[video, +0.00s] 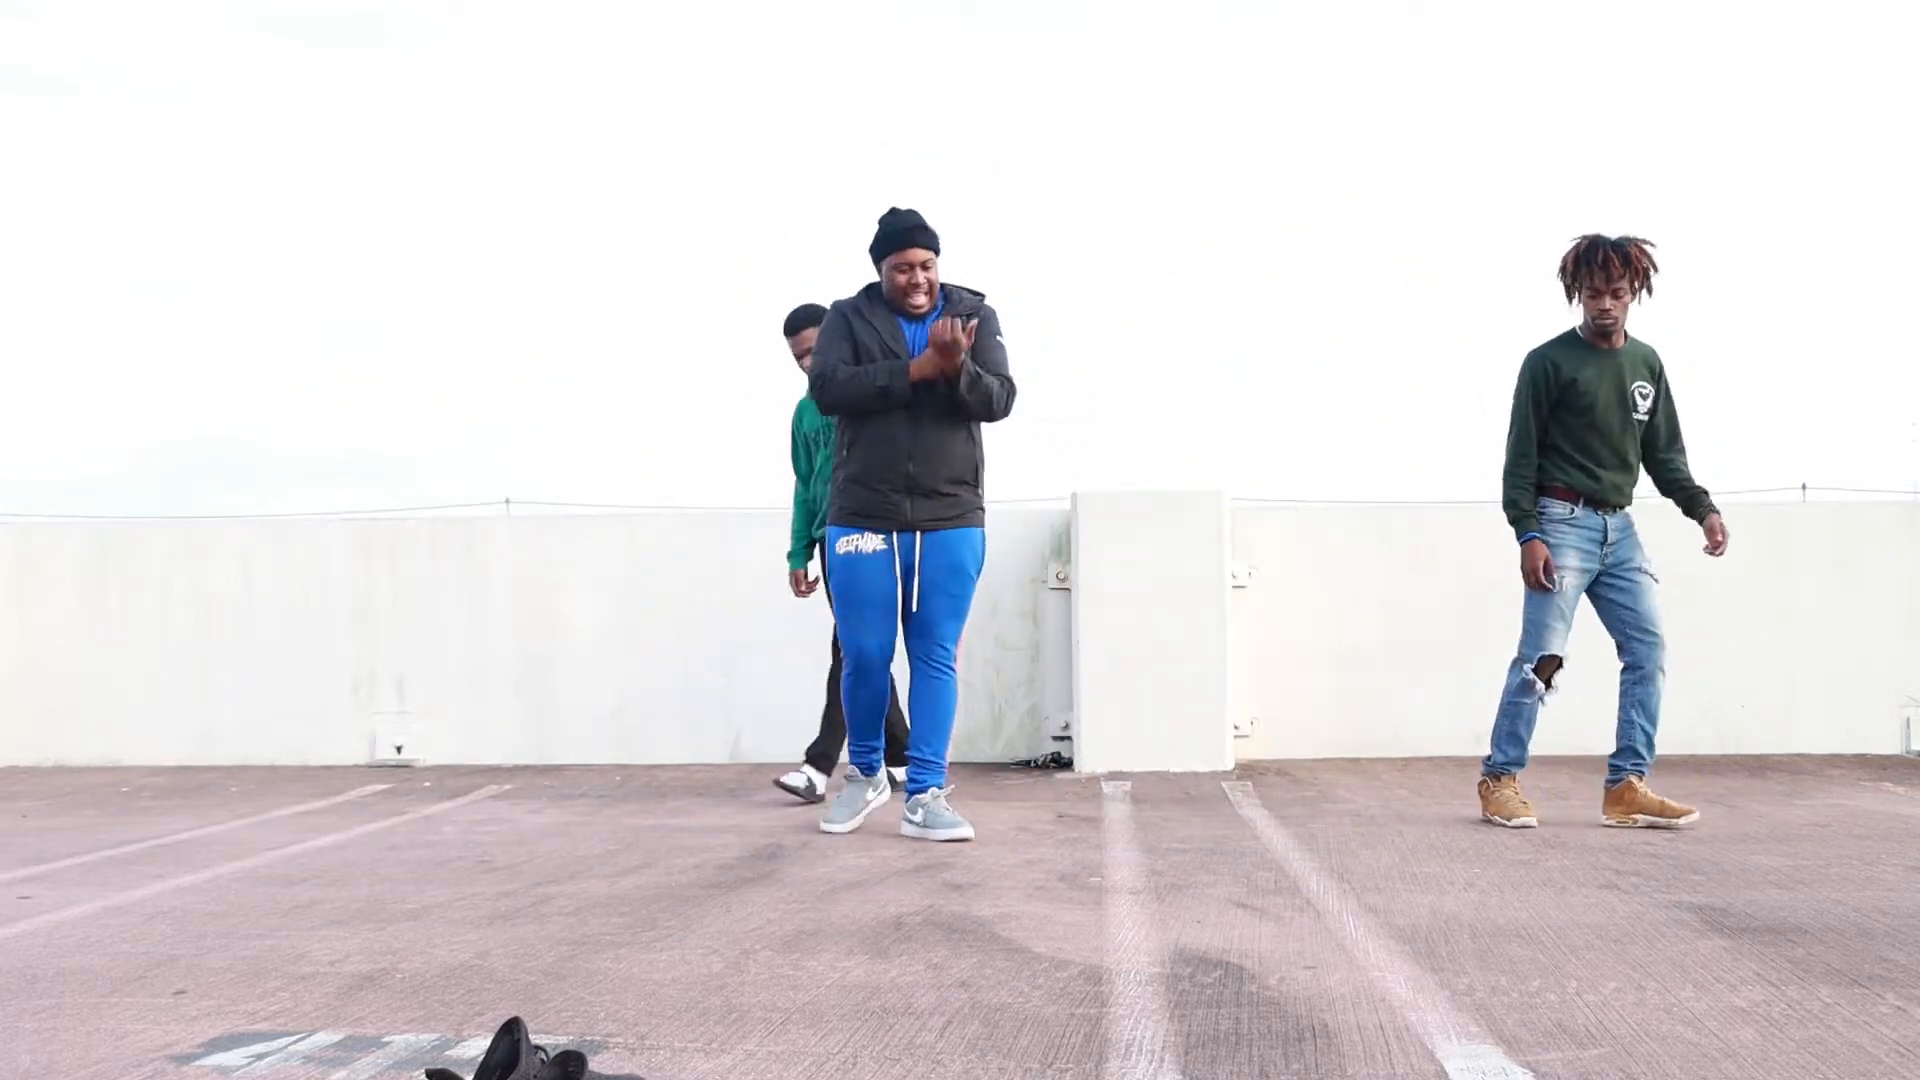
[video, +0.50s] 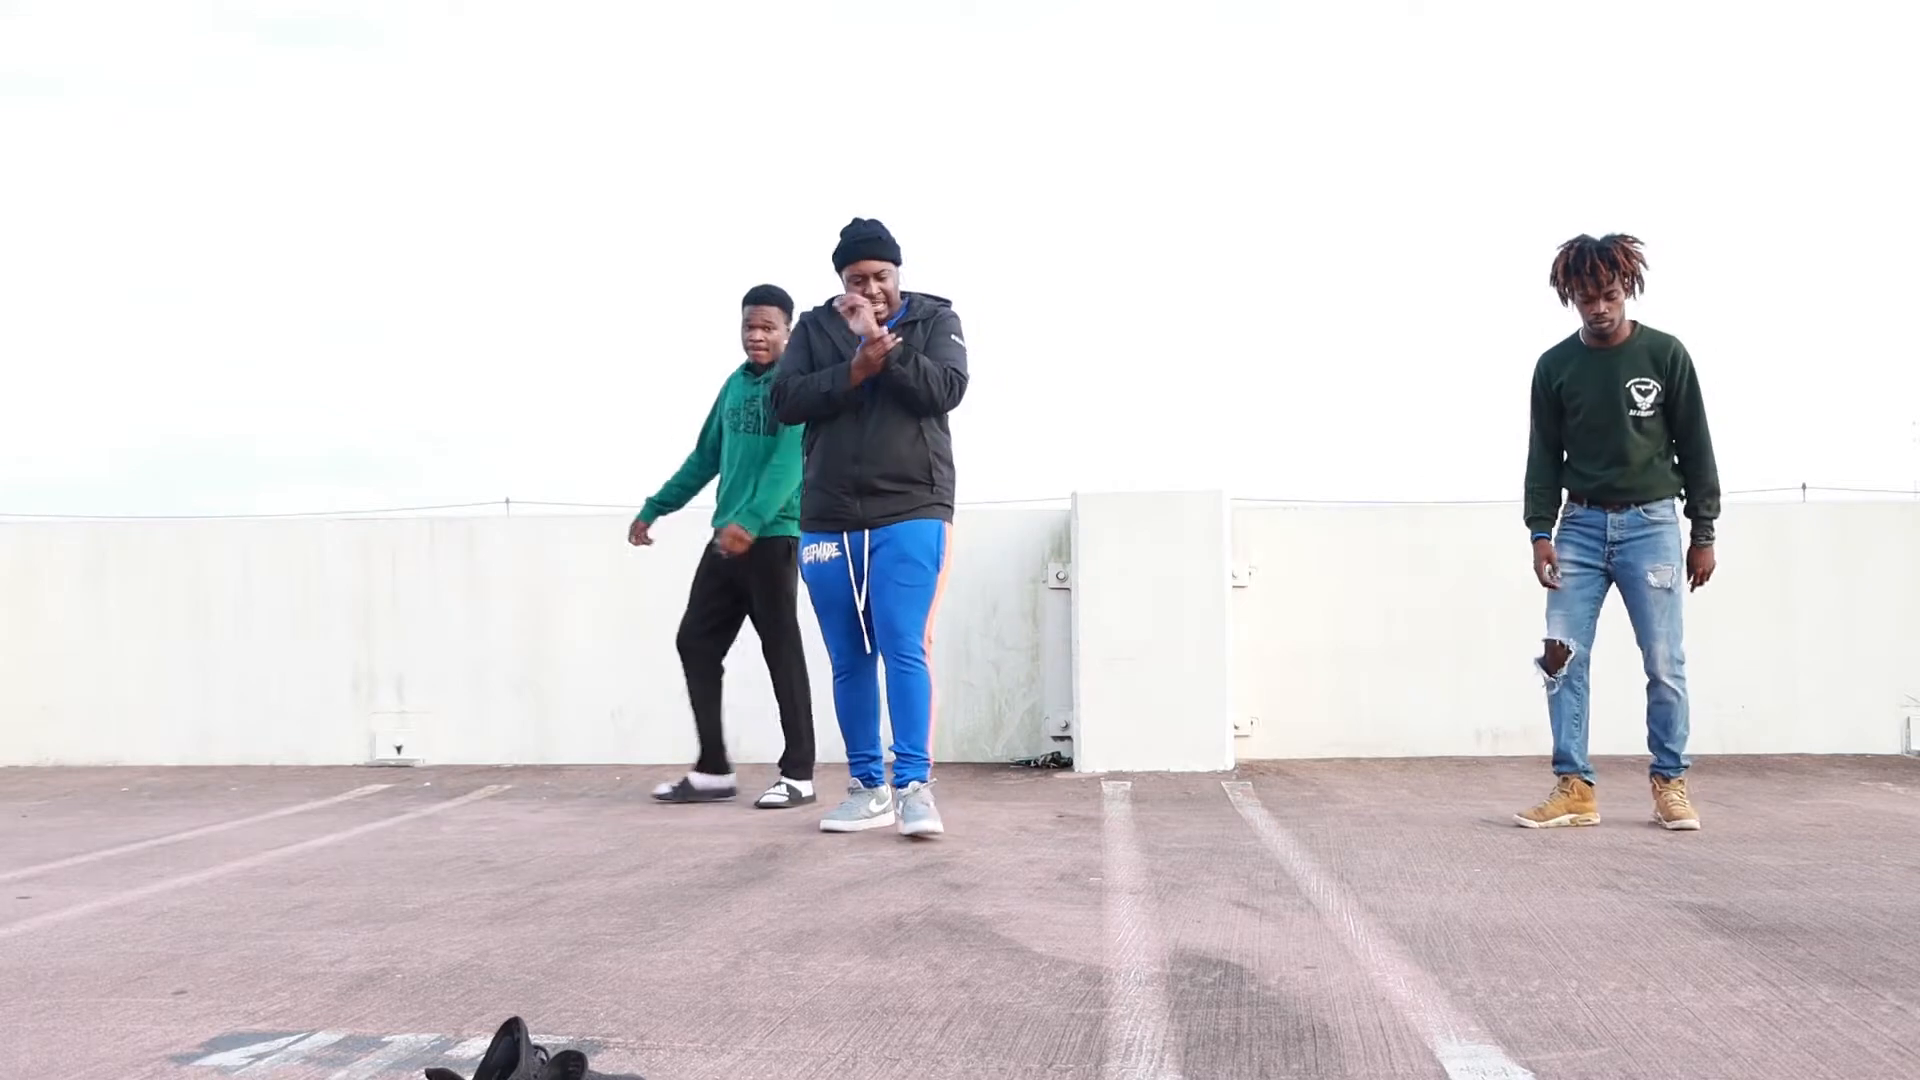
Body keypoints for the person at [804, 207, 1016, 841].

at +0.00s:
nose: (916, 278)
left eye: (925, 266)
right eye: (901, 268)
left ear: (939, 262)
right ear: (878, 269)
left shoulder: (972, 314)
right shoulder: (847, 318)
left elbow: (997, 399)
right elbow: (828, 388)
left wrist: (957, 369)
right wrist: (914, 370)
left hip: (950, 513)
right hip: (863, 513)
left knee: (936, 655)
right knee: (867, 655)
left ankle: (925, 793)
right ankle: (862, 773)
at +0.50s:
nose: (872, 290)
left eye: (882, 278)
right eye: (858, 280)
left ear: (900, 273)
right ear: (840, 280)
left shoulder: (932, 319)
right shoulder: (816, 325)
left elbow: (942, 392)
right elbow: (783, 400)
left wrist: (877, 337)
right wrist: (853, 370)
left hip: (908, 509)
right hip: (828, 516)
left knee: (902, 646)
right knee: (849, 659)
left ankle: (913, 786)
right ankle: (867, 787)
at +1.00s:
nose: (883, 289)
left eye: (896, 277)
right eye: (872, 276)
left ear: (916, 279)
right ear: (854, 275)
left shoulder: (941, 326)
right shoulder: (819, 325)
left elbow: (953, 403)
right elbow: (781, 401)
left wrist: (887, 349)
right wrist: (855, 384)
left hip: (909, 516)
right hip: (827, 520)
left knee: (895, 650)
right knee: (846, 659)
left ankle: (896, 797)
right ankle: (865, 788)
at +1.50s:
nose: (907, 238)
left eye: (918, 228)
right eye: (893, 228)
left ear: (936, 238)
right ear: (874, 239)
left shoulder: (968, 295)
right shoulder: (839, 296)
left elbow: (997, 369)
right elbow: (806, 378)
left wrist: (932, 337)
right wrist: (891, 355)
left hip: (941, 500)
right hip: (853, 495)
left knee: (917, 657)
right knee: (865, 641)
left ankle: (900, 800)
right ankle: (856, 794)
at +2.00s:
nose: (865, 220)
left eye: (874, 208)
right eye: (850, 216)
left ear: (900, 216)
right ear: (836, 236)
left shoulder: (956, 277)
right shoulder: (817, 300)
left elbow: (999, 350)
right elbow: (803, 391)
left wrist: (938, 331)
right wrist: (892, 349)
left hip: (966, 497)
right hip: (870, 504)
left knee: (978, 659)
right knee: (900, 662)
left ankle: (935, 767)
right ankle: (909, 823)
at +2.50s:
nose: (842, 204)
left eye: (854, 189)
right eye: (835, 194)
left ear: (899, 190)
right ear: (836, 206)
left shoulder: (945, 247)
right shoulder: (836, 286)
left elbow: (907, 344)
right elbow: (812, 402)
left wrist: (796, 348)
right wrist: (792, 363)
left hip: (938, 487)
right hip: (854, 500)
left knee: (911, 654)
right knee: (861, 671)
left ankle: (949, 843)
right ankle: (910, 829)